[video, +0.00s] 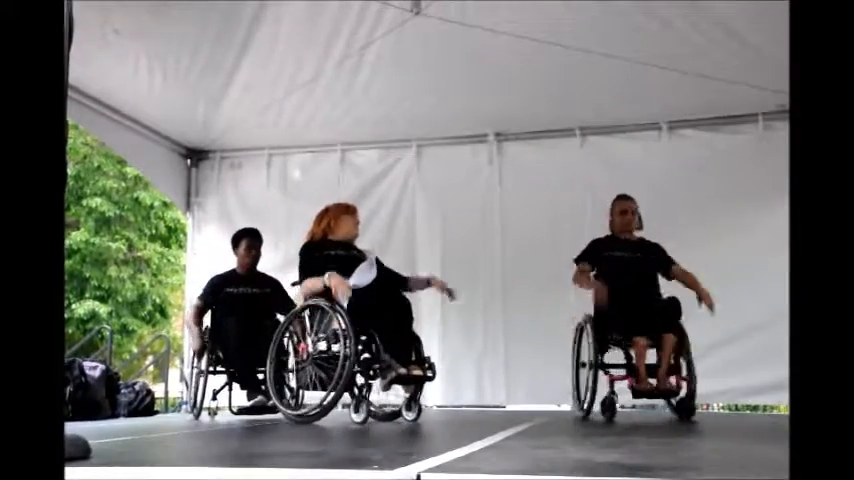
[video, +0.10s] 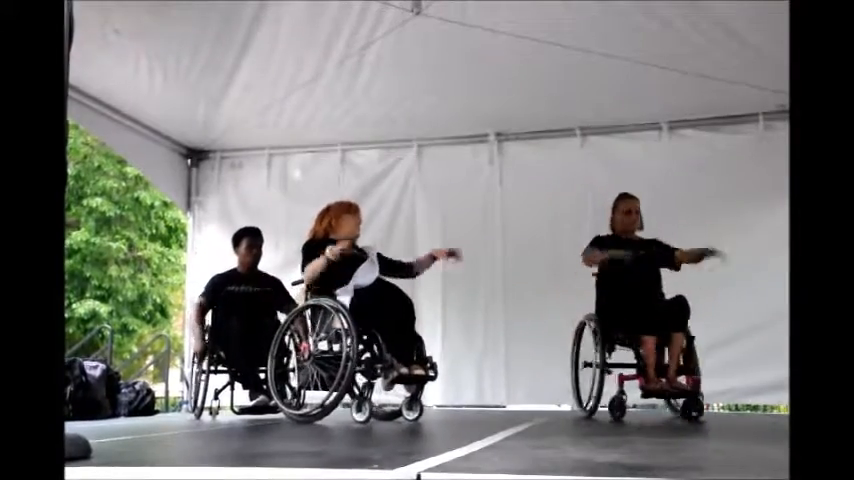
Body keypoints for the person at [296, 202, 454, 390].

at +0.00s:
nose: (358, 222)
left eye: (357, 218)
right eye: (352, 218)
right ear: (334, 222)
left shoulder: (360, 255)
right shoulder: (313, 250)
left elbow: (396, 281)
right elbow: (306, 286)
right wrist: (329, 278)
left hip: (369, 303)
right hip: (332, 311)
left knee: (400, 304)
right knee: (381, 308)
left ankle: (406, 362)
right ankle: (388, 364)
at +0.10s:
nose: (356, 231)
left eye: (358, 226)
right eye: (351, 226)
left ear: (358, 226)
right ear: (332, 227)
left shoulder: (364, 255)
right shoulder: (315, 248)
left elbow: (408, 270)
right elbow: (308, 276)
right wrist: (326, 258)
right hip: (332, 311)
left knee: (401, 304)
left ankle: (409, 361)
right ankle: (394, 363)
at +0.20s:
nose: (361, 220)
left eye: (361, 216)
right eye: (356, 216)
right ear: (339, 220)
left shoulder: (367, 252)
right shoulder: (319, 244)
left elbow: (411, 256)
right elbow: (310, 261)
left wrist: (431, 230)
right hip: (336, 305)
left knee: (403, 306)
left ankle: (414, 362)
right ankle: (402, 363)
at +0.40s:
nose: (363, 221)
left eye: (363, 217)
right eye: (357, 216)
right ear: (337, 221)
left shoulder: (370, 251)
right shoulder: (325, 248)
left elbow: (414, 246)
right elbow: (310, 256)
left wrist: (425, 207)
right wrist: (314, 212)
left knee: (409, 306)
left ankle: (419, 361)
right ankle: (412, 362)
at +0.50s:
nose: (364, 222)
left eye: (364, 218)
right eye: (358, 217)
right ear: (337, 221)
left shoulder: (371, 252)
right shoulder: (320, 249)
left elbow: (415, 258)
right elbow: (308, 277)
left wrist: (439, 228)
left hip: (375, 308)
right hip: (341, 311)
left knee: (412, 305)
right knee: (396, 312)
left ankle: (421, 362)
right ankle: (413, 363)